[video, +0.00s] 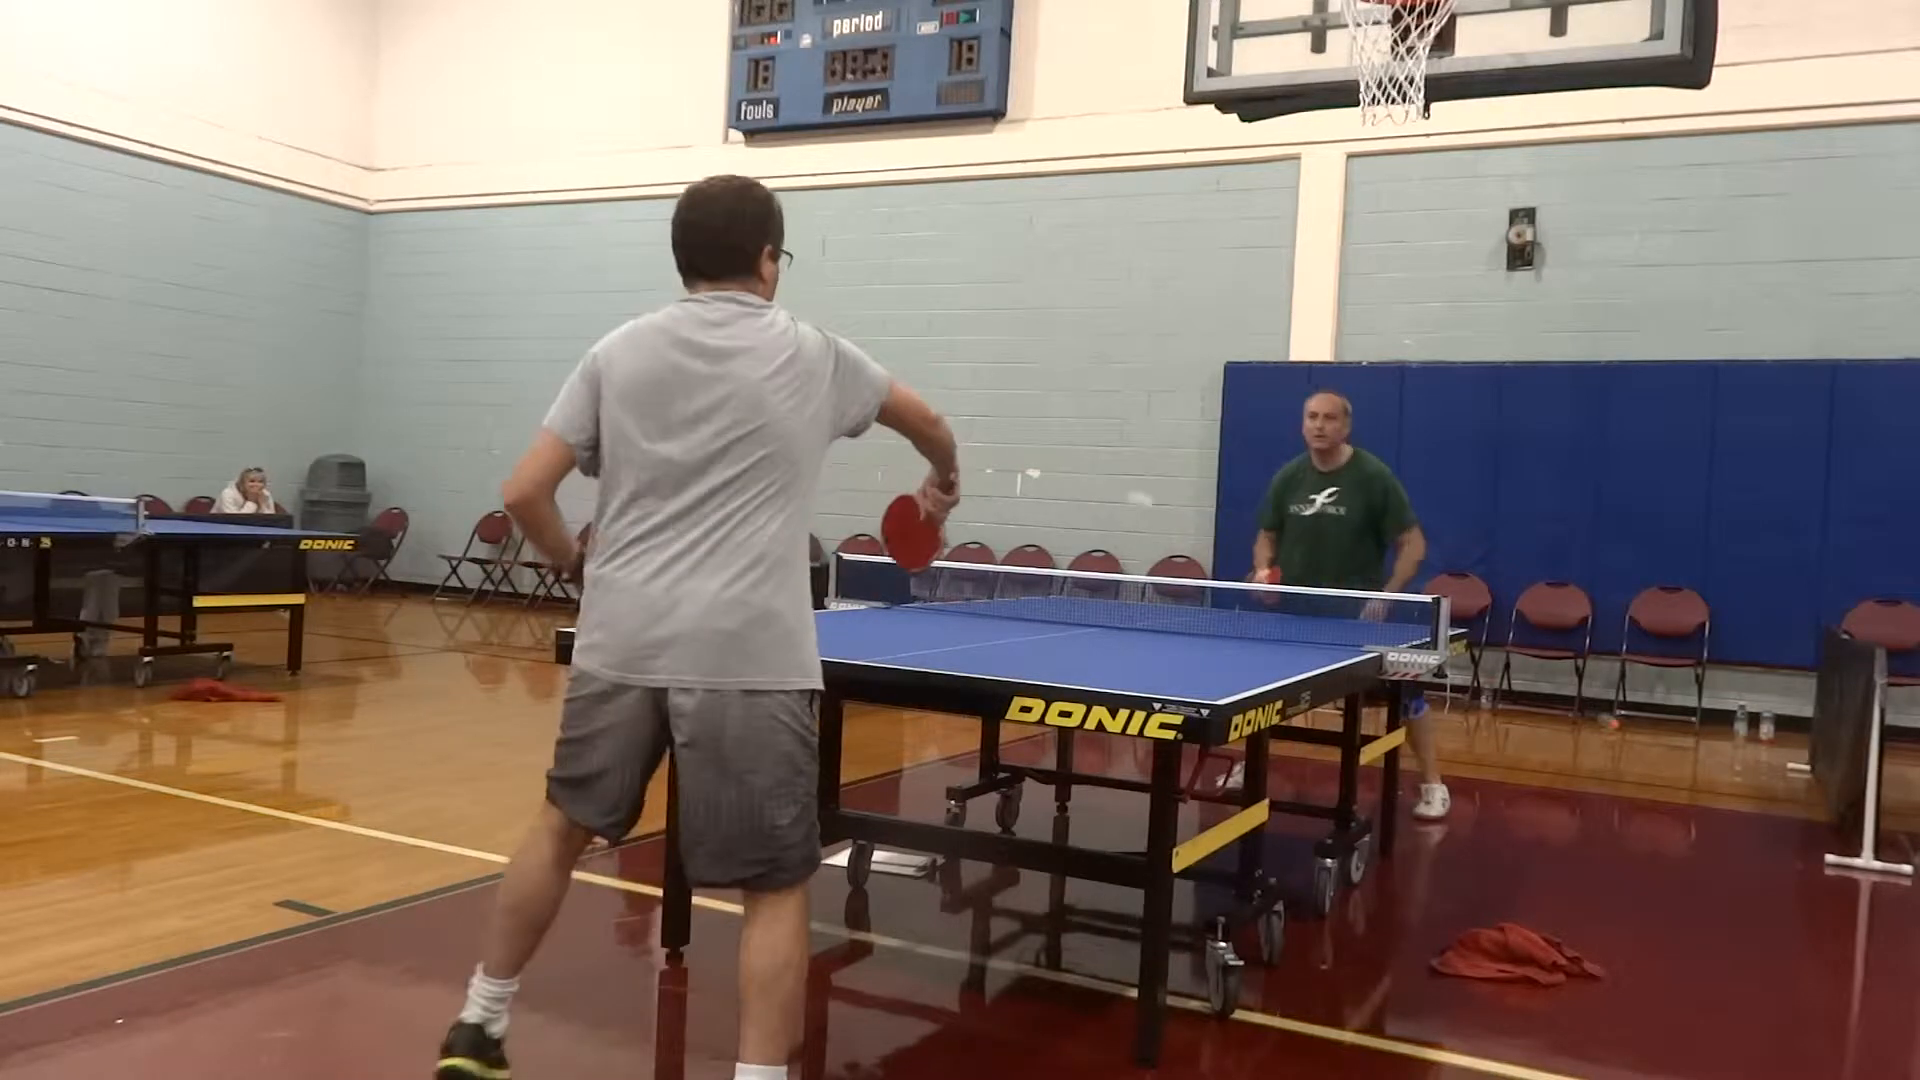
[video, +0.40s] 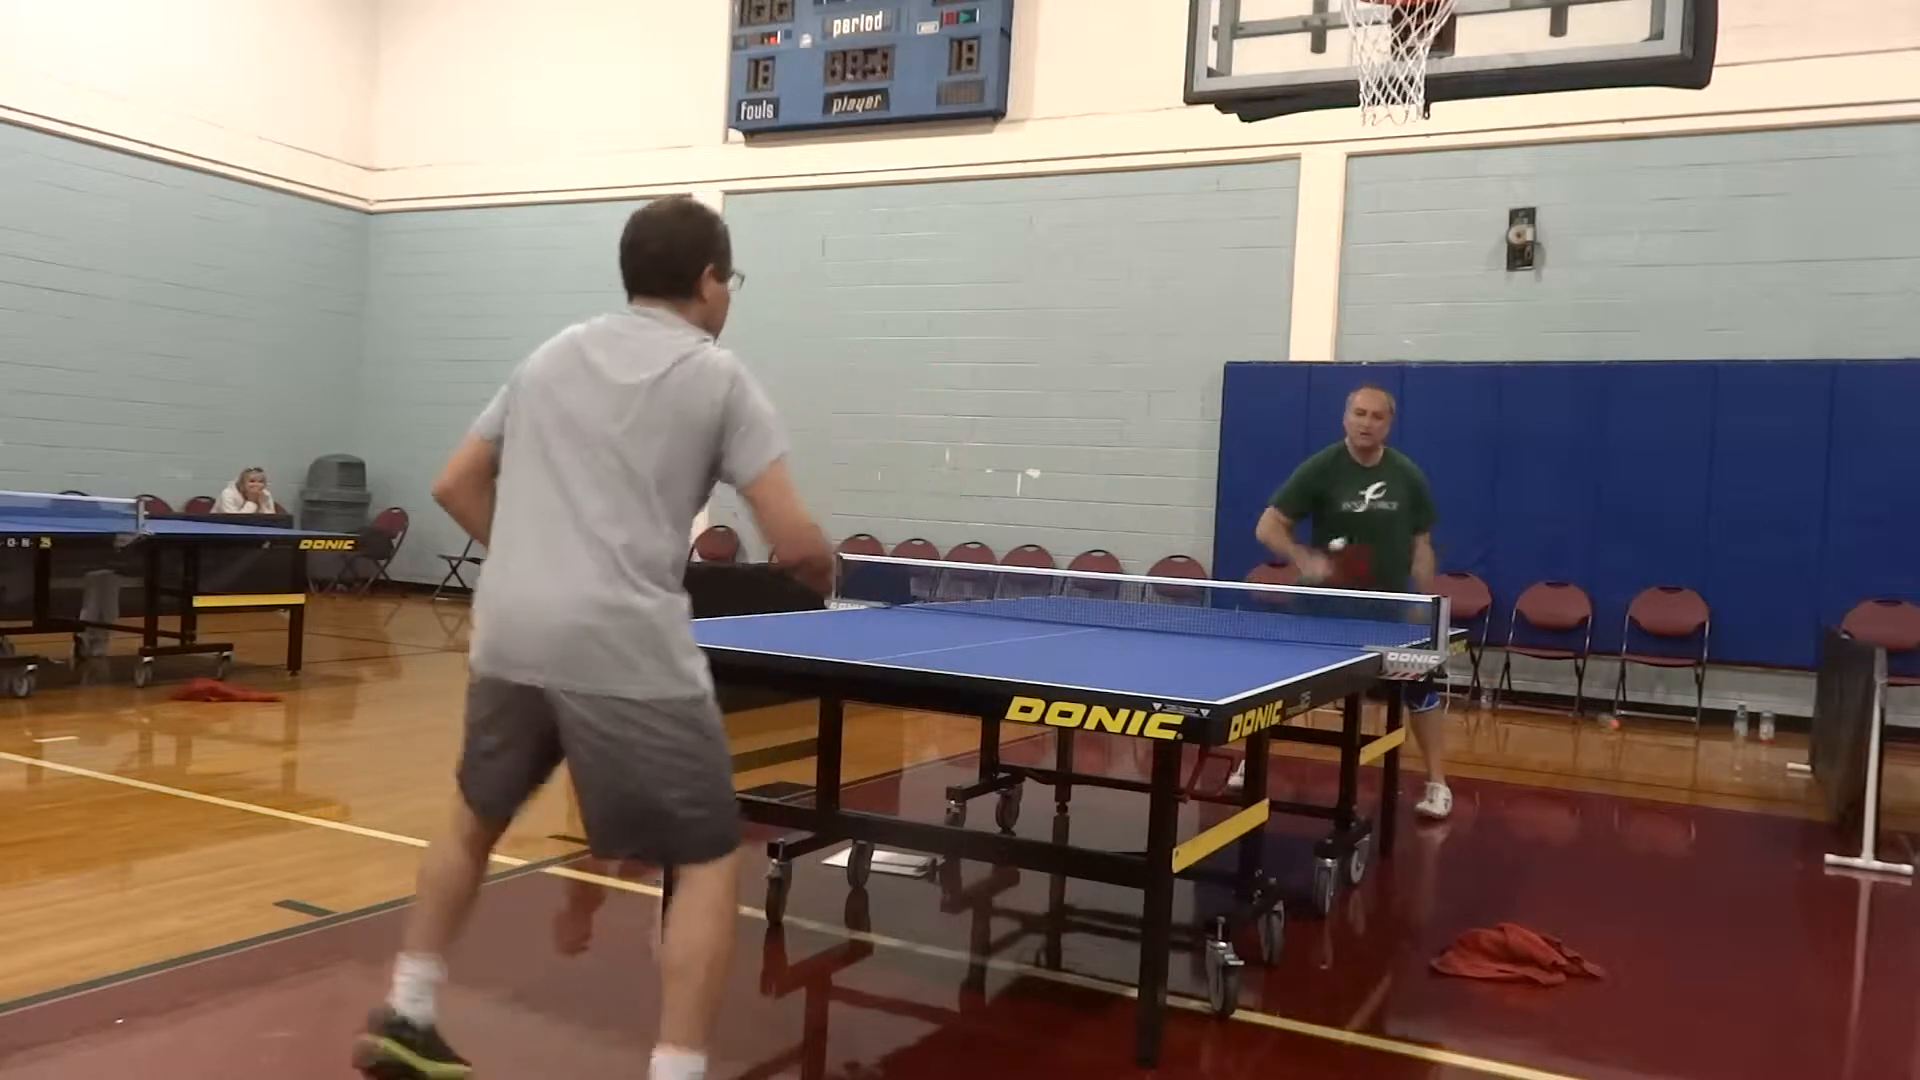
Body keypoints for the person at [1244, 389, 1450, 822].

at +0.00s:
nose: (1320, 425)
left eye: (1330, 418)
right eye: (1313, 417)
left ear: (1347, 426)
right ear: (1302, 424)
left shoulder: (1374, 477)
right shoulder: (1287, 478)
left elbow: (1413, 544)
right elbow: (1267, 535)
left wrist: (1387, 596)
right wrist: (1263, 567)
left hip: (1358, 619)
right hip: (1294, 615)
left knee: (1407, 689)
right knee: (1254, 681)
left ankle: (1431, 783)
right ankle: (1251, 765)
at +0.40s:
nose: (1366, 423)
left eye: (1376, 416)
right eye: (1359, 414)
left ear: (1390, 423)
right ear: (1345, 418)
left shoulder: (1408, 477)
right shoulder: (1320, 469)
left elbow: (1421, 544)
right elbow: (1268, 527)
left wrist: (1424, 607)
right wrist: (1301, 557)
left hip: (1391, 614)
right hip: (1323, 611)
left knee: (1423, 686)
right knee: (1275, 679)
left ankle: (1436, 781)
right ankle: (1252, 761)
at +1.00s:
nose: (1337, 405)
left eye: (1347, 400)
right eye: (1330, 397)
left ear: (1357, 414)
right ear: (1312, 405)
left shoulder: (1376, 466)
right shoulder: (1281, 462)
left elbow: (1405, 522)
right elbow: (1245, 524)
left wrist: (1434, 575)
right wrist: (1247, 576)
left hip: (1364, 605)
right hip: (1292, 604)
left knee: (1390, 692)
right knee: (1256, 681)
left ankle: (1393, 782)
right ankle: (1242, 766)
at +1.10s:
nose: (1353, 402)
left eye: (1362, 397)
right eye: (1345, 393)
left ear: (1372, 411)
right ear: (1326, 401)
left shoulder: (1389, 467)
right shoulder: (1293, 459)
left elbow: (1420, 526)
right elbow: (1252, 517)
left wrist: (1451, 582)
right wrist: (1237, 573)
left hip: (1365, 607)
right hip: (1292, 601)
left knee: (1388, 697)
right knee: (1257, 681)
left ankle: (1392, 787)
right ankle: (1243, 767)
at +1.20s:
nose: (1373, 396)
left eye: (1384, 392)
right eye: (1366, 387)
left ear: (1394, 406)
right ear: (1348, 396)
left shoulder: (1406, 465)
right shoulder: (1310, 452)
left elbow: (1442, 524)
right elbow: (1269, 508)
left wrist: (1466, 578)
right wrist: (1242, 560)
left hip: (1371, 604)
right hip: (1297, 597)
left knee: (1391, 694)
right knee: (1259, 675)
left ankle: (1391, 785)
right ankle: (1241, 760)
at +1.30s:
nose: (1394, 392)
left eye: (1404, 388)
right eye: (1386, 383)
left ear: (1415, 403)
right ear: (1368, 393)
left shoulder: (1424, 462)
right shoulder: (1330, 446)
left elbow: (1461, 520)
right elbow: (1287, 503)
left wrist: (1478, 573)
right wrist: (1256, 558)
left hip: (1386, 603)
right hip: (1312, 594)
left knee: (1400, 697)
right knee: (1268, 677)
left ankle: (1393, 787)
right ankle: (1242, 761)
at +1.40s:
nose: (1408, 392)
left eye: (1418, 388)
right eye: (1401, 383)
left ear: (1429, 401)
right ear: (1383, 391)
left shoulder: (1438, 461)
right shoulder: (1343, 444)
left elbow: (1477, 520)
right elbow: (1303, 502)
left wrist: (1487, 566)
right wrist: (1273, 559)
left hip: (1395, 603)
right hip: (1325, 595)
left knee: (1399, 702)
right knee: (1280, 687)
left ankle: (1393, 789)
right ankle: (1252, 776)